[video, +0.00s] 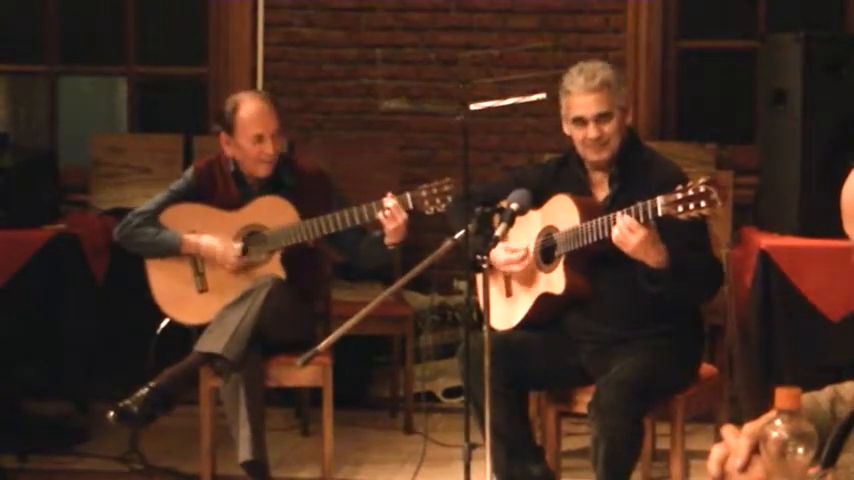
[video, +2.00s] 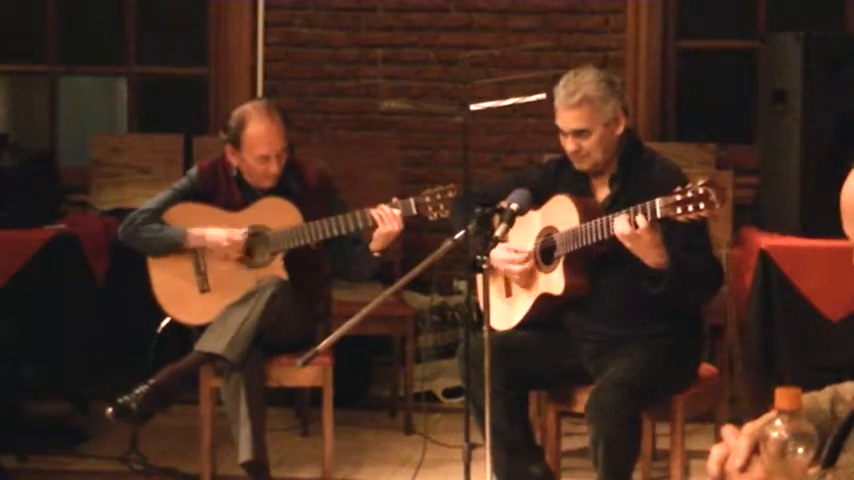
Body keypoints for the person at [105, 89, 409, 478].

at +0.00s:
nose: (271, 149)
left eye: (275, 137)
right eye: (258, 140)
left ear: (283, 134)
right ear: (228, 143)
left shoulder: (306, 181)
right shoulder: (207, 178)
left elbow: (353, 249)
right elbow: (129, 231)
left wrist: (388, 242)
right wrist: (198, 244)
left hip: (294, 314)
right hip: (228, 312)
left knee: (269, 290)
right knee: (241, 352)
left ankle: (167, 384)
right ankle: (254, 468)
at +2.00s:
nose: (275, 168)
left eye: (281, 156)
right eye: (262, 159)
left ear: (288, 145)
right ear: (233, 155)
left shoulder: (307, 183)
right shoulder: (210, 178)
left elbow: (344, 262)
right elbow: (132, 229)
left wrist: (377, 249)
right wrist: (203, 238)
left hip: (296, 314)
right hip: (228, 309)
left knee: (271, 290)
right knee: (244, 351)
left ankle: (168, 381)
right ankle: (255, 467)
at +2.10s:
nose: (274, 167)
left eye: (280, 155)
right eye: (262, 158)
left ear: (288, 144)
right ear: (233, 154)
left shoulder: (307, 182)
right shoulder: (210, 177)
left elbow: (344, 263)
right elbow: (132, 229)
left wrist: (376, 249)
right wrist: (203, 244)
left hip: (295, 314)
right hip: (228, 309)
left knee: (272, 290)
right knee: (244, 352)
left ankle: (167, 381)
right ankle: (255, 468)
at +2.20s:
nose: (275, 168)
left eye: (281, 156)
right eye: (263, 160)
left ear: (288, 145)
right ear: (234, 155)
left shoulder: (308, 183)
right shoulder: (210, 177)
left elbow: (344, 262)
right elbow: (132, 229)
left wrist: (376, 249)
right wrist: (203, 241)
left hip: (295, 314)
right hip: (227, 308)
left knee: (271, 289)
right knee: (244, 351)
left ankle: (167, 380)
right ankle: (255, 468)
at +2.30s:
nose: (275, 168)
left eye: (281, 156)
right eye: (263, 159)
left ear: (288, 144)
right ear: (234, 155)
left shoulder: (308, 182)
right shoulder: (210, 177)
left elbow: (344, 262)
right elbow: (134, 229)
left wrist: (376, 249)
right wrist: (201, 255)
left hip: (295, 314)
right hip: (229, 310)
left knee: (272, 289)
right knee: (244, 351)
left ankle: (169, 380)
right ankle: (255, 467)